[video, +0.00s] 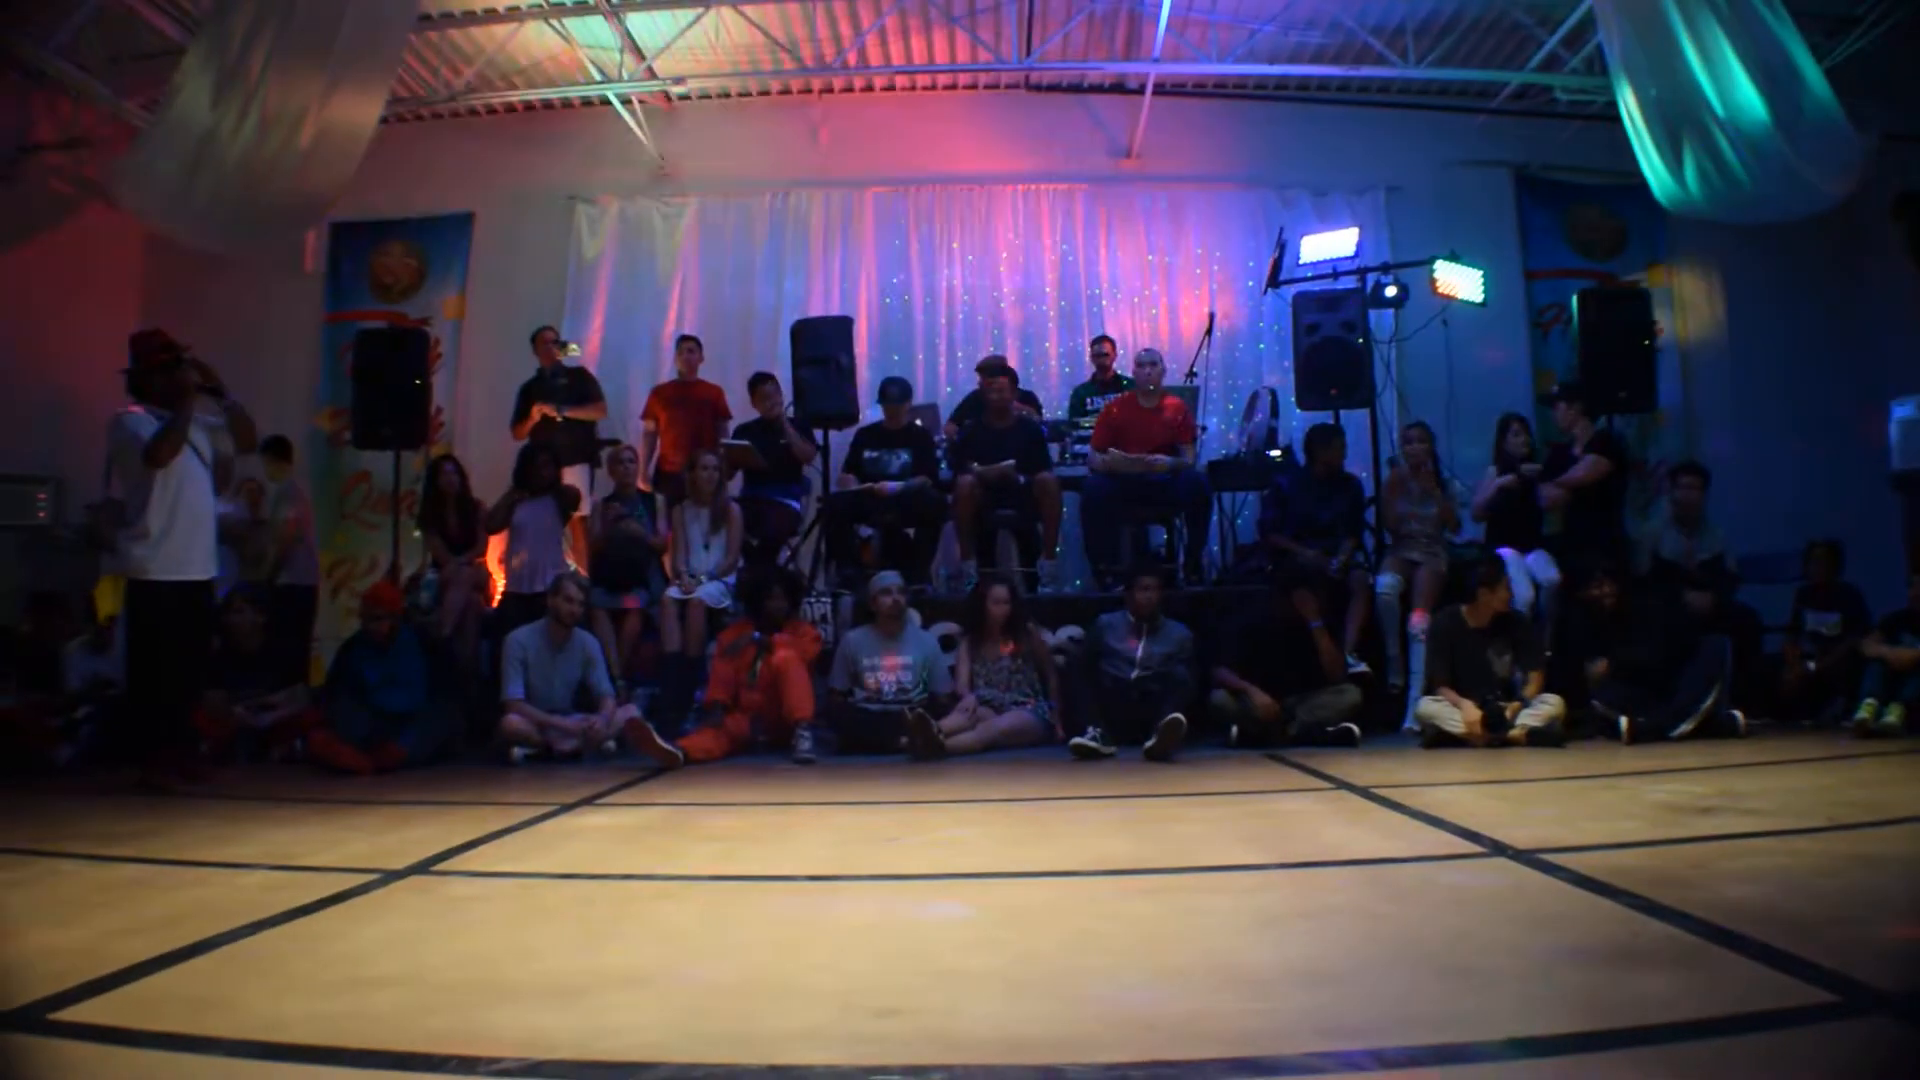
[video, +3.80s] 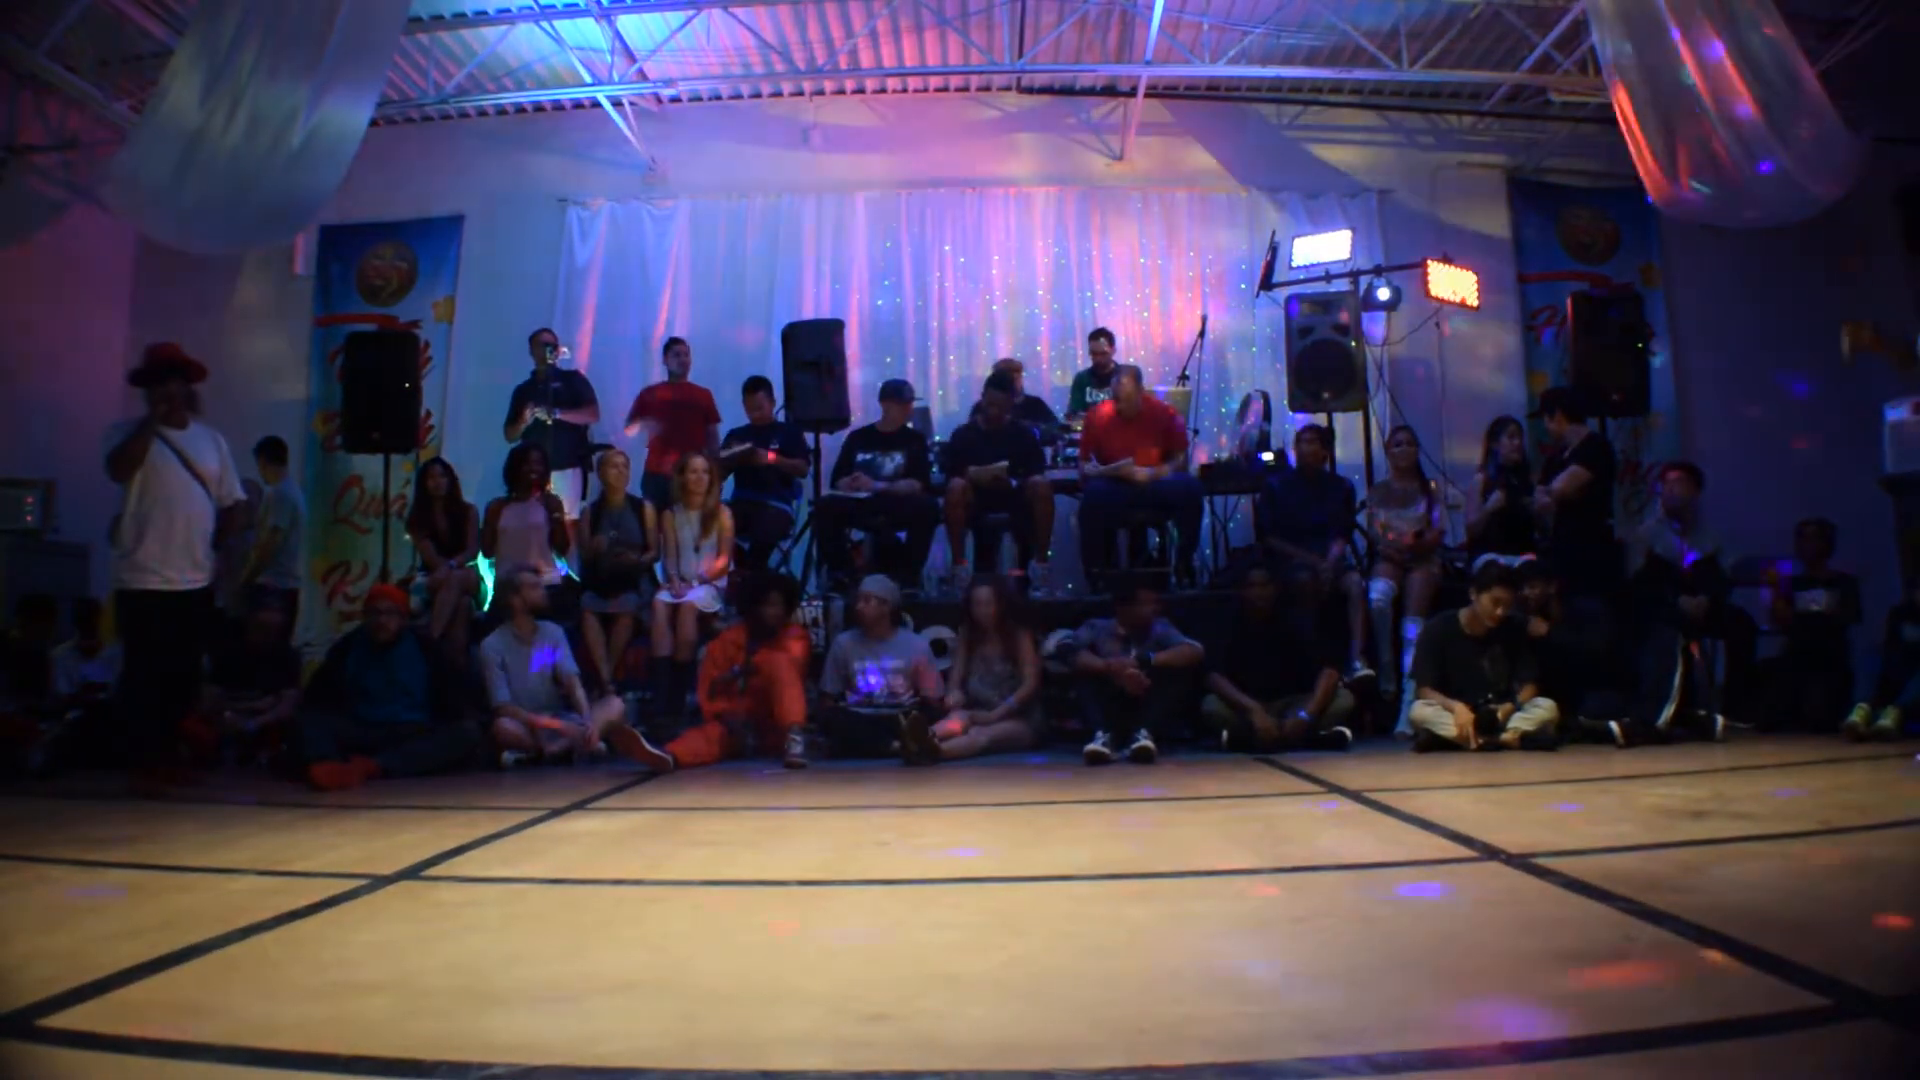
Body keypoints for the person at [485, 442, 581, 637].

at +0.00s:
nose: (544, 472)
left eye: (548, 466)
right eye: (538, 466)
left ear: (556, 469)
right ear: (525, 468)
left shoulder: (559, 499)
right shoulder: (516, 501)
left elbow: (573, 497)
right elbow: (491, 526)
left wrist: (552, 484)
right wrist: (512, 495)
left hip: (551, 587)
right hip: (518, 588)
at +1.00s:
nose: (534, 472)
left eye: (540, 466)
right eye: (529, 466)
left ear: (549, 471)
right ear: (518, 470)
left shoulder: (552, 499)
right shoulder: (509, 502)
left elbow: (556, 514)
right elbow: (488, 524)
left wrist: (547, 495)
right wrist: (510, 498)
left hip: (543, 593)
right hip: (509, 593)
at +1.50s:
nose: (536, 471)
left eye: (541, 465)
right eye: (530, 465)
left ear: (547, 470)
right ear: (517, 469)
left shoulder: (553, 502)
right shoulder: (504, 503)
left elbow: (558, 537)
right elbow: (487, 542)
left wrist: (553, 503)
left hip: (542, 592)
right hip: (508, 592)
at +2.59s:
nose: (534, 470)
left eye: (540, 465)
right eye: (528, 464)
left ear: (547, 470)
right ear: (515, 468)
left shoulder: (554, 500)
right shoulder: (501, 500)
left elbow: (566, 546)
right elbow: (491, 546)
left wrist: (557, 511)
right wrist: (496, 513)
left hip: (544, 593)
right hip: (508, 593)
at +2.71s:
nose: (534, 470)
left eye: (539, 464)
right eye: (528, 464)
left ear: (546, 470)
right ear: (515, 468)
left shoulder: (553, 501)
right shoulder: (501, 501)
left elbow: (564, 548)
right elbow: (491, 543)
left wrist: (557, 512)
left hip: (543, 591)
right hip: (508, 590)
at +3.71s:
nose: (534, 469)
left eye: (539, 463)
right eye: (527, 463)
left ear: (546, 469)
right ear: (515, 468)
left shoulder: (551, 503)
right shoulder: (498, 505)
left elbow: (561, 549)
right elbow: (489, 547)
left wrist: (555, 513)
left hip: (546, 582)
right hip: (509, 583)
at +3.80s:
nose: (534, 469)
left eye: (539, 464)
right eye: (527, 464)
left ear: (546, 469)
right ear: (515, 468)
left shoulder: (551, 503)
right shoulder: (497, 507)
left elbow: (562, 549)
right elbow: (487, 550)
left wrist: (555, 516)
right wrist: (495, 516)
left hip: (548, 584)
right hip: (509, 587)